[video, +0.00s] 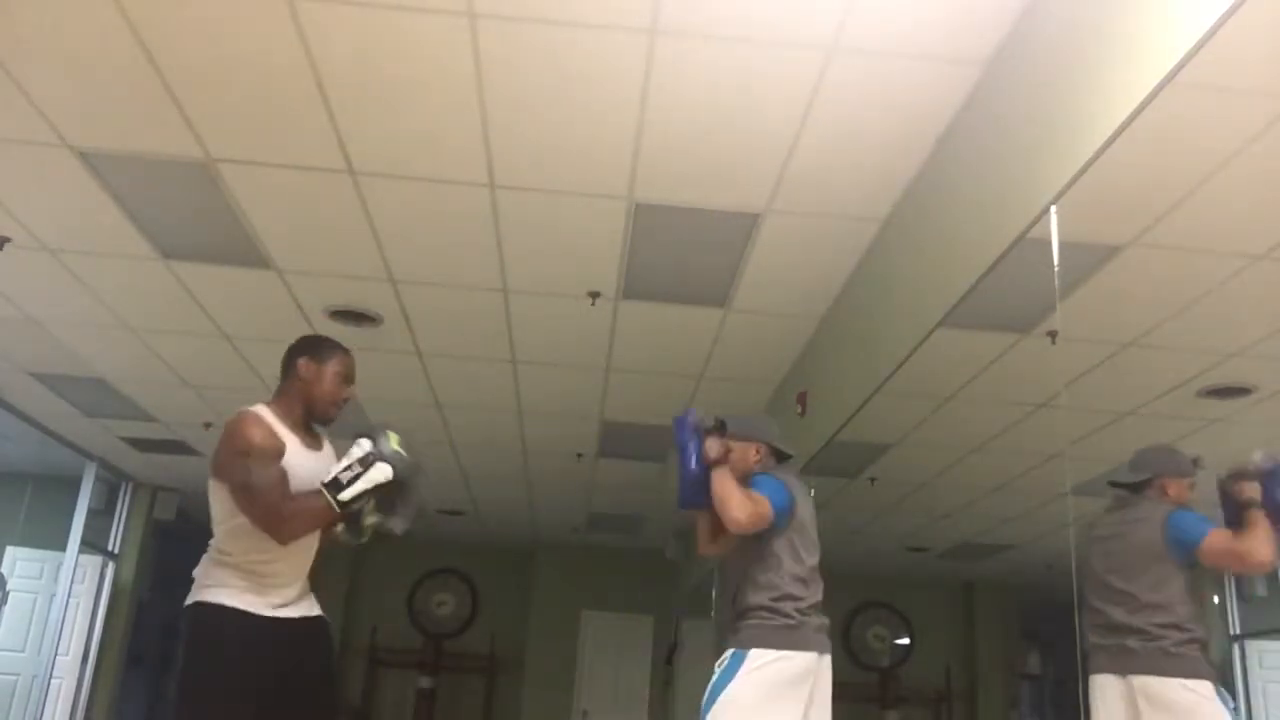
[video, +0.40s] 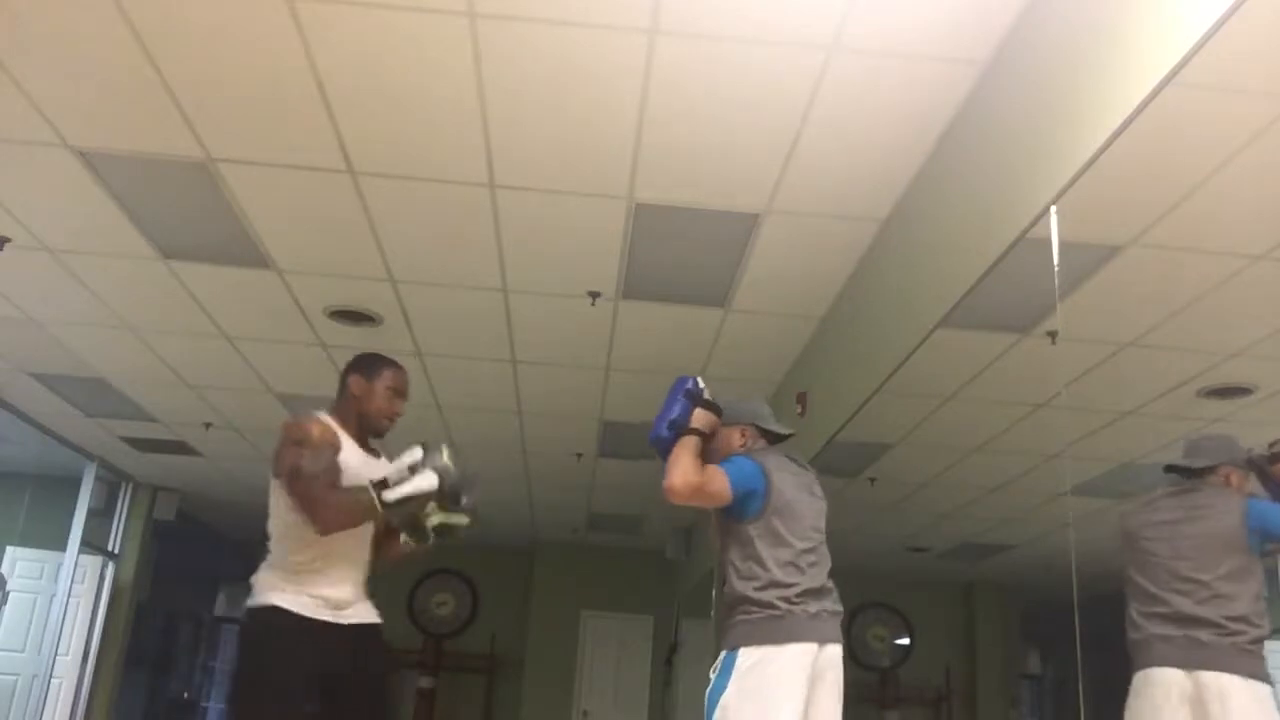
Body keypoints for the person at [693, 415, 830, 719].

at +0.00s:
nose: (723, 457)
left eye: (730, 448)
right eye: (723, 449)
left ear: (757, 452)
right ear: (756, 453)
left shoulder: (775, 484)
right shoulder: (793, 487)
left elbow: (741, 517)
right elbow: (709, 544)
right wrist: (703, 476)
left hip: (769, 647)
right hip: (808, 648)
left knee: (725, 712)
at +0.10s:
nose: (729, 457)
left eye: (733, 447)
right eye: (728, 448)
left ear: (755, 448)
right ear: (762, 448)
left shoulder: (772, 483)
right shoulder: (799, 486)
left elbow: (718, 495)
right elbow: (716, 542)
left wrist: (720, 442)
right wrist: (703, 472)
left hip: (770, 651)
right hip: (811, 650)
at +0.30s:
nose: (710, 454)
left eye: (714, 442)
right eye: (710, 443)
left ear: (741, 441)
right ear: (750, 441)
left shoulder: (751, 475)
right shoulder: (800, 479)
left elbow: (684, 490)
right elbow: (722, 541)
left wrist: (696, 437)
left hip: (764, 641)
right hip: (821, 639)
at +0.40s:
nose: (706, 451)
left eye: (713, 436)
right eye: (706, 438)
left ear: (743, 435)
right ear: (756, 437)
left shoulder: (753, 469)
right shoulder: (804, 474)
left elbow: (680, 484)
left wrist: (696, 428)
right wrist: (681, 450)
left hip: (767, 641)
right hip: (825, 639)